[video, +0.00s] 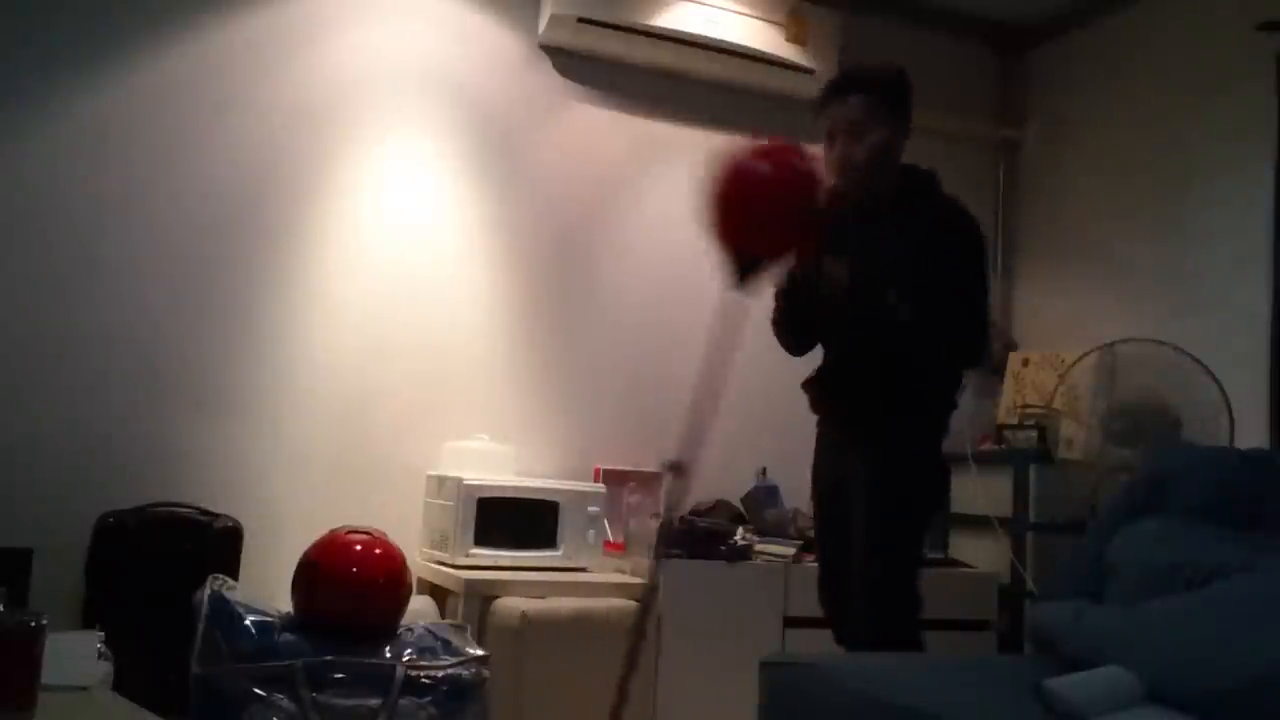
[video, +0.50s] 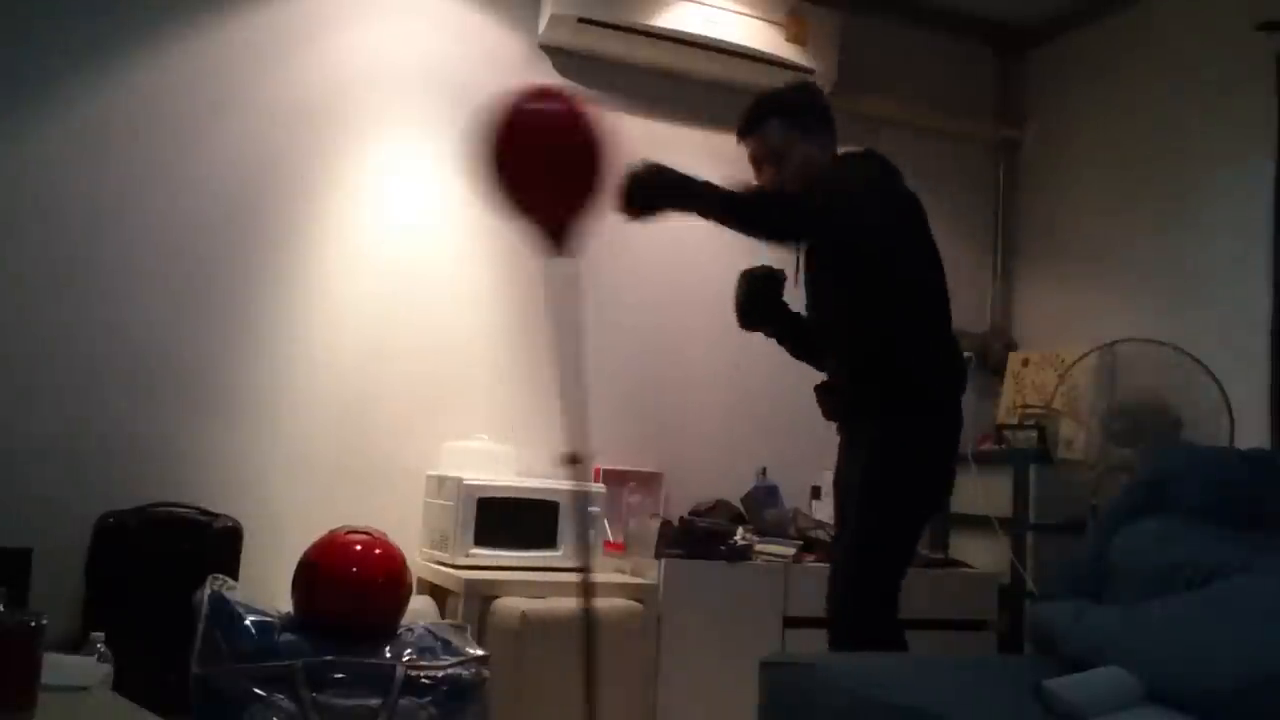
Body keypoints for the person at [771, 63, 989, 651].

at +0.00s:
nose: (841, 151)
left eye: (858, 134)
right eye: (831, 136)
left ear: (896, 136)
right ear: (823, 140)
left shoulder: (944, 222)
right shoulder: (833, 218)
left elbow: (966, 342)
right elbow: (794, 335)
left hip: (906, 428)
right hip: (841, 427)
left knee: (885, 603)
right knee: (841, 601)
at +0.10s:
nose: (823, 183)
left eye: (833, 165)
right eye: (813, 170)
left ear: (869, 153)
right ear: (808, 168)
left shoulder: (929, 220)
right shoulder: (833, 232)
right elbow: (794, 337)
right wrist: (789, 261)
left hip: (908, 430)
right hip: (848, 429)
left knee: (876, 606)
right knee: (844, 603)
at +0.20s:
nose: (800, 196)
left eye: (807, 179)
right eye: (792, 185)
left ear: (841, 160)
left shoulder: (909, 210)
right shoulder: (825, 232)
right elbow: (800, 341)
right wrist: (777, 263)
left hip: (906, 431)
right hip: (859, 428)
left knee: (868, 603)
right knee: (850, 600)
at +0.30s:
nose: (784, 193)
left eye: (790, 176)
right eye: (775, 182)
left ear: (825, 158)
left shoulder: (895, 208)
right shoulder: (819, 233)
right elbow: (805, 348)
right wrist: (767, 277)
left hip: (905, 429)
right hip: (867, 427)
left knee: (866, 599)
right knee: (862, 598)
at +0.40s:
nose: (771, 189)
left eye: (778, 170)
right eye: (762, 178)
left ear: (816, 151)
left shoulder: (878, 192)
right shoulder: (824, 237)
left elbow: (862, 258)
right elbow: (816, 351)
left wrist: (767, 234)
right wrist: (766, 298)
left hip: (911, 424)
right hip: (869, 428)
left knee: (872, 605)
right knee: (865, 605)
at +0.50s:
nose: (764, 179)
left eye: (771, 161)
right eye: (757, 166)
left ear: (809, 141)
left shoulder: (863, 181)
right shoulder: (837, 219)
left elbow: (778, 215)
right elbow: (839, 356)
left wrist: (676, 191)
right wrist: (773, 314)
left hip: (904, 425)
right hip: (881, 425)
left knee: (860, 609)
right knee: (859, 609)